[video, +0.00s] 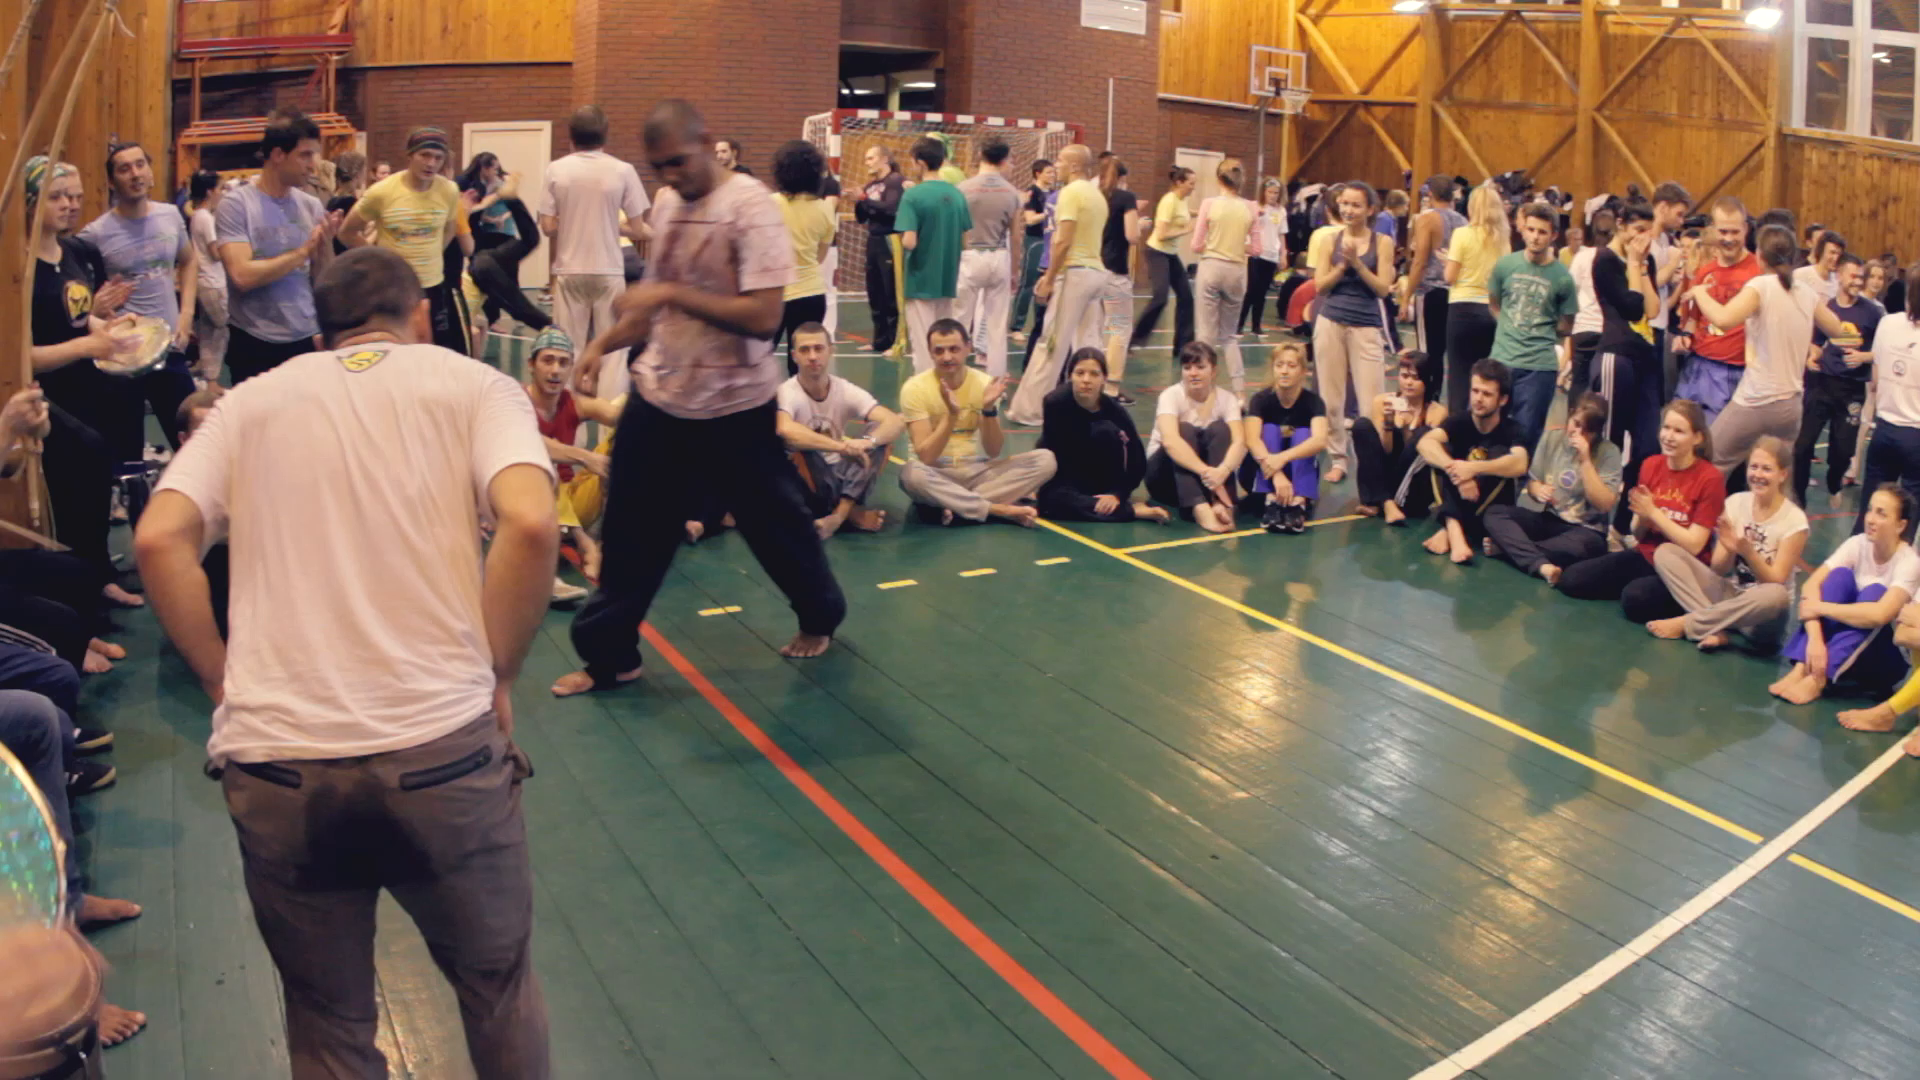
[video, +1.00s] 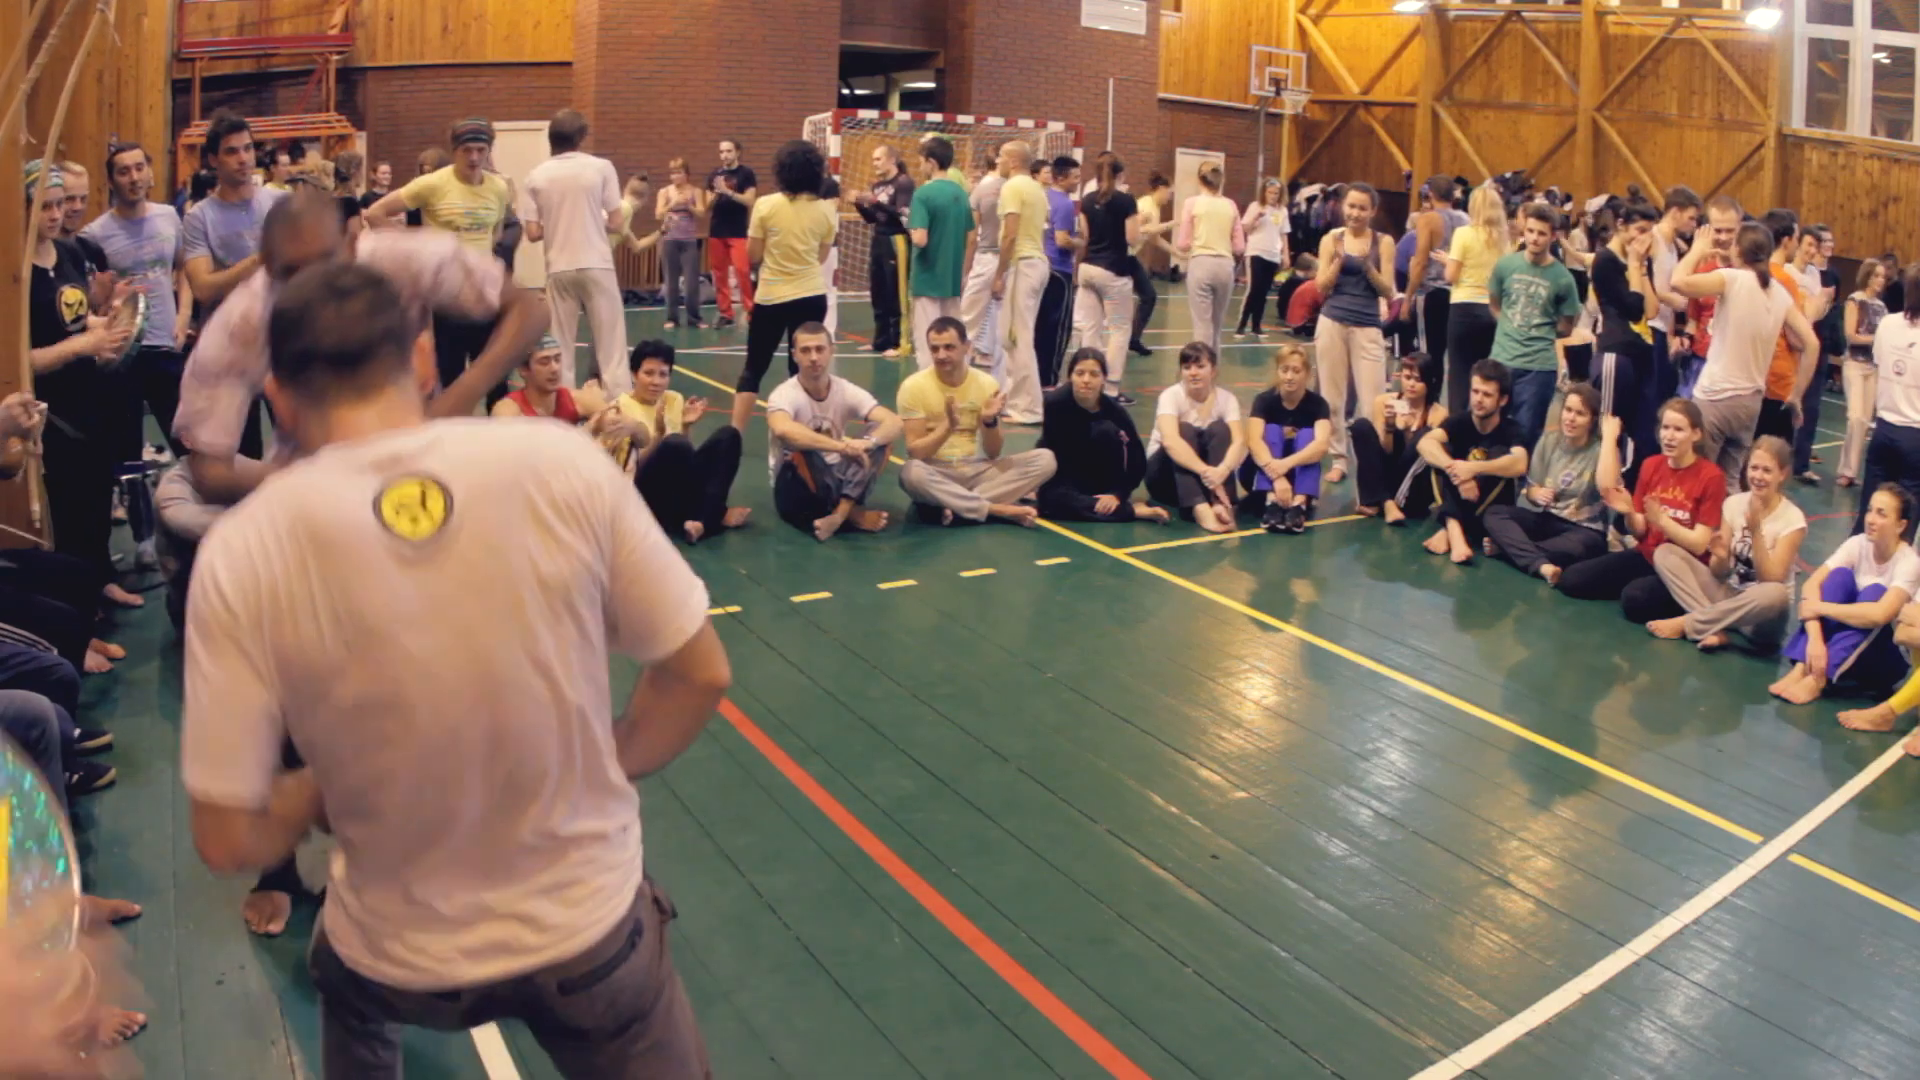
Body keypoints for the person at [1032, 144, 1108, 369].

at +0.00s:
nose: (1056, 166)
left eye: (1060, 161)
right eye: (1058, 160)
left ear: (1074, 165)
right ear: (1079, 166)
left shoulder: (1070, 192)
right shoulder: (1097, 195)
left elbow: (1064, 240)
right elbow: (1094, 239)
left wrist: (1048, 277)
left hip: (1074, 270)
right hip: (1097, 270)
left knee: (1053, 340)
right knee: (1089, 339)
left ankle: (1026, 399)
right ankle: (1091, 399)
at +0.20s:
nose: (1035, 164)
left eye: (1039, 159)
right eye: (1037, 159)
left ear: (1053, 164)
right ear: (1061, 164)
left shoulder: (1048, 192)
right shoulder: (1080, 193)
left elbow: (1043, 241)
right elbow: (1084, 238)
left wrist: (1029, 278)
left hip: (1054, 270)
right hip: (1079, 268)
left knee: (1037, 340)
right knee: (1071, 340)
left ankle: (1025, 407)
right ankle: (1084, 402)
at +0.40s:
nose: (1019, 165)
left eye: (1023, 160)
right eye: (1021, 159)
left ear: (1034, 163)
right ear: (1046, 163)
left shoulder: (1032, 192)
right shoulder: (1066, 192)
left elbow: (1022, 242)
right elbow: (1072, 236)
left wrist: (1009, 280)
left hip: (1042, 266)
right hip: (1066, 266)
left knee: (1033, 338)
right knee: (1051, 340)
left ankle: (1028, 407)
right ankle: (1059, 402)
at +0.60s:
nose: (1009, 165)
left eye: (1012, 161)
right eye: (1010, 160)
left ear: (1022, 163)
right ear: (1036, 164)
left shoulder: (1020, 191)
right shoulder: (1055, 192)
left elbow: (1013, 239)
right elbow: (1064, 237)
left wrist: (999, 280)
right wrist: (1061, 265)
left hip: (1035, 266)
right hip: (1056, 266)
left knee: (1029, 338)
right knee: (1037, 337)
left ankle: (1028, 406)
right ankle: (1028, 402)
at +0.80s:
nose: (1002, 163)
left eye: (1005, 159)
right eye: (1004, 158)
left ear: (1016, 162)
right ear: (1029, 163)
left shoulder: (1014, 190)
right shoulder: (1046, 191)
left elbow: (1010, 237)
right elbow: (1052, 235)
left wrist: (997, 278)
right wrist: (1047, 261)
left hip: (1026, 264)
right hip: (1046, 264)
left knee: (1025, 338)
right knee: (1022, 337)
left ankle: (1029, 407)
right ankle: (1020, 401)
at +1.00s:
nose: (998, 162)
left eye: (1001, 157)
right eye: (999, 157)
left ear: (1014, 160)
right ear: (1023, 161)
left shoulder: (1012, 187)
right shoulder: (1037, 188)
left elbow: (1010, 234)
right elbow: (1043, 225)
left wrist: (999, 274)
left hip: (1022, 262)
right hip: (1039, 261)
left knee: (1019, 336)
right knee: (1014, 335)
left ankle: (1028, 406)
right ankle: (1018, 400)